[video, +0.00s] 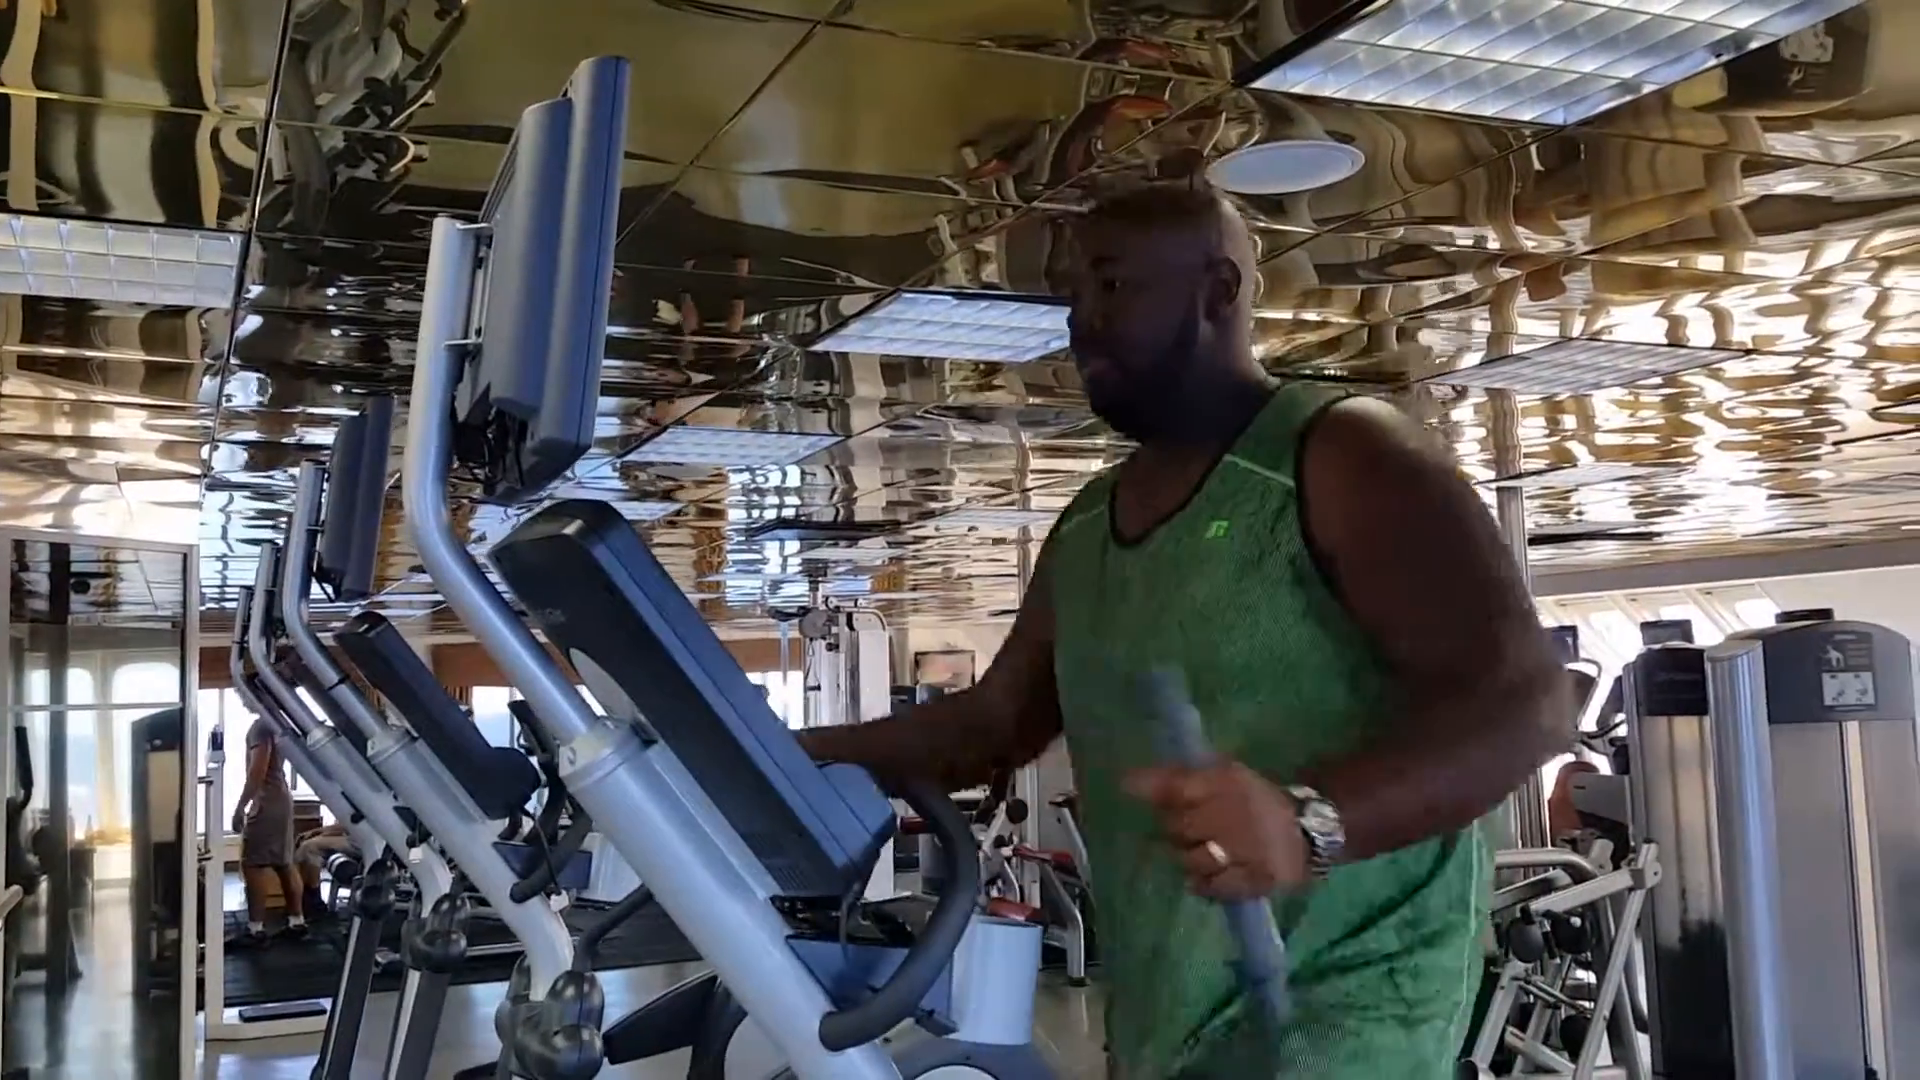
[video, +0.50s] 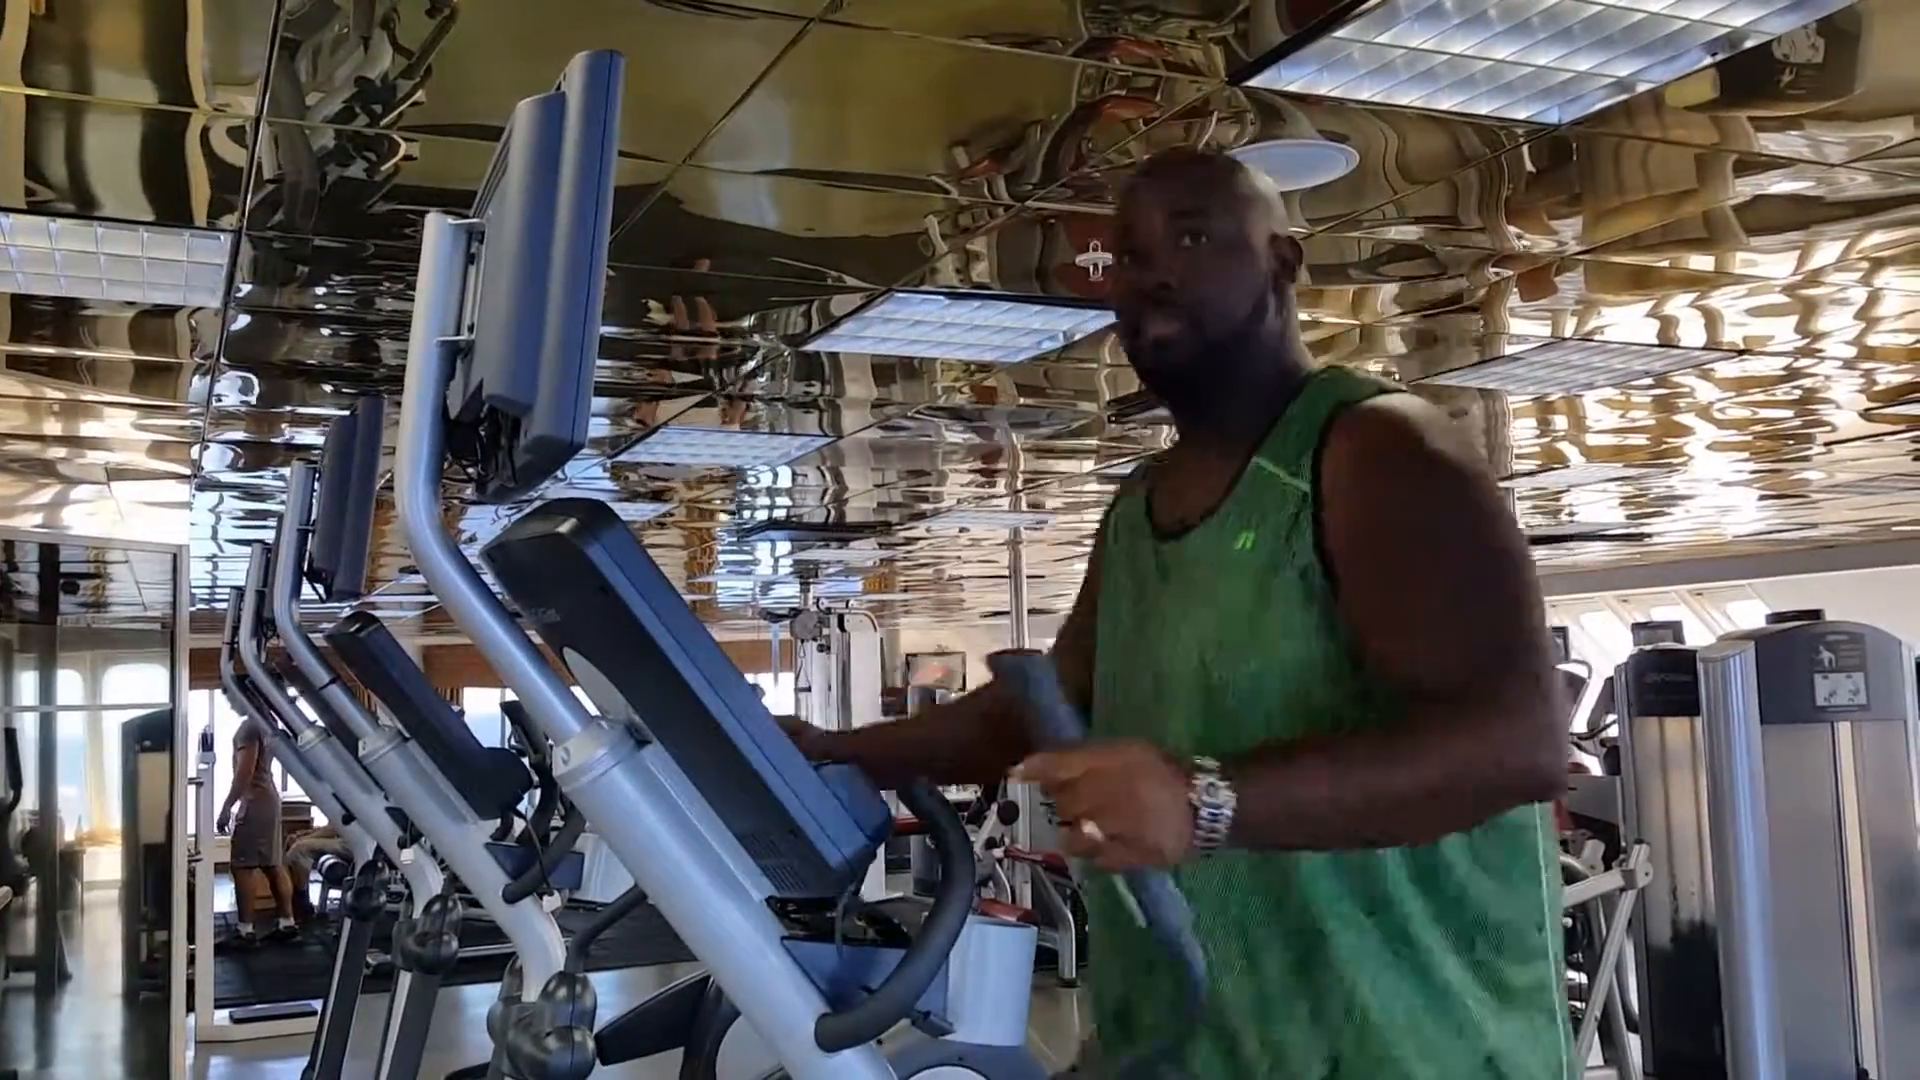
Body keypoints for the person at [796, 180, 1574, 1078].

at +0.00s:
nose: (1078, 321)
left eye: (1110, 286)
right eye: (1071, 293)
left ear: (1218, 295)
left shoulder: (1351, 453)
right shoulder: (1089, 528)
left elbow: (1528, 700)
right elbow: (995, 724)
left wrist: (1317, 820)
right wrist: (789, 758)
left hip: (1353, 1002)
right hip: (1159, 1008)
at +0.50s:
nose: (1145, 276)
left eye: (1192, 236)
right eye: (1127, 255)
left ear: (1283, 265)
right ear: (1110, 290)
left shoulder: (1388, 460)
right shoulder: (1139, 512)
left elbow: (1517, 738)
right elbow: (1052, 712)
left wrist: (1210, 803)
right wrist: (842, 756)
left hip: (1407, 1046)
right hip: (1168, 1044)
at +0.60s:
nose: (1166, 286)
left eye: (1211, 247)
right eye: (1140, 262)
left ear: (1292, 279)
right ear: (1120, 295)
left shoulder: (1394, 459)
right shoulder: (1167, 496)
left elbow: (1432, 743)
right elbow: (1150, 696)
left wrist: (1118, 784)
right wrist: (980, 750)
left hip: (1396, 1037)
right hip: (1191, 1032)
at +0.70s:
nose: (1157, 260)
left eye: (1199, 226)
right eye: (1134, 239)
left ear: (1281, 259)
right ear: (1115, 278)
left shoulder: (1369, 425)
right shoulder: (1171, 475)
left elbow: (1359, 689)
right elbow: (1179, 688)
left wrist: (1056, 777)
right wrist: (1045, 754)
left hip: (1394, 1021)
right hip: (1204, 1014)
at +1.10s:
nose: (1104, 257)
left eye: (1143, 226)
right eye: (1076, 237)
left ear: (1218, 255)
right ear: (1050, 273)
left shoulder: (1312, 417)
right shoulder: (1087, 476)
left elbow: (1377, 668)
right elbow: (1080, 671)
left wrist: (1124, 765)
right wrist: (910, 750)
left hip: (1335, 993)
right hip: (1157, 992)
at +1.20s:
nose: (1104, 291)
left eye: (1143, 259)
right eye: (1078, 269)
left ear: (1219, 287)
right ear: (1057, 303)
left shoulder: (1325, 449)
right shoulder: (1078, 509)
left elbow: (1460, 709)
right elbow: (1025, 709)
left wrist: (1223, 785)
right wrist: (833, 747)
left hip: (1327, 1020)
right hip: (1134, 1017)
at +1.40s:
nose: (1101, 255)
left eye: (1144, 220)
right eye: (1081, 231)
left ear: (1231, 247)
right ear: (1065, 265)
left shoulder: (1337, 421)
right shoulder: (1060, 483)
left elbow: (1540, 660)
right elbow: (933, 663)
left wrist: (1364, 833)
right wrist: (747, 737)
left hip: (1321, 985)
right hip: (1122, 987)